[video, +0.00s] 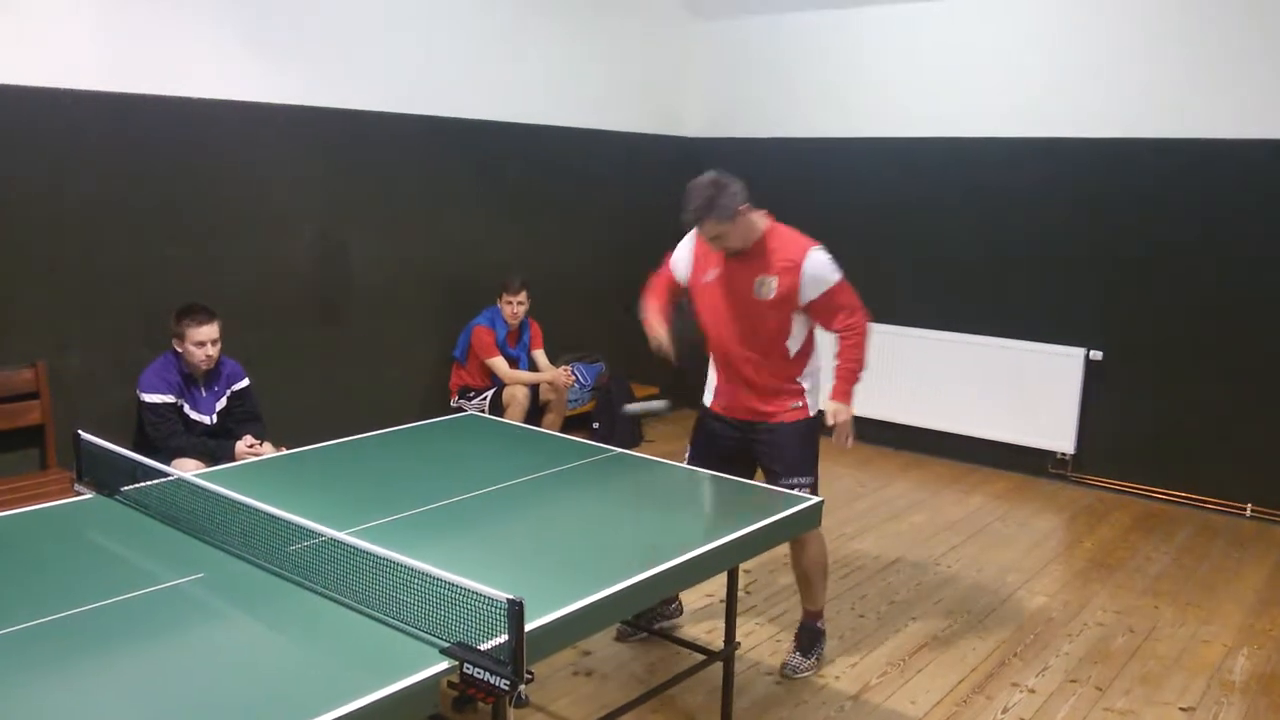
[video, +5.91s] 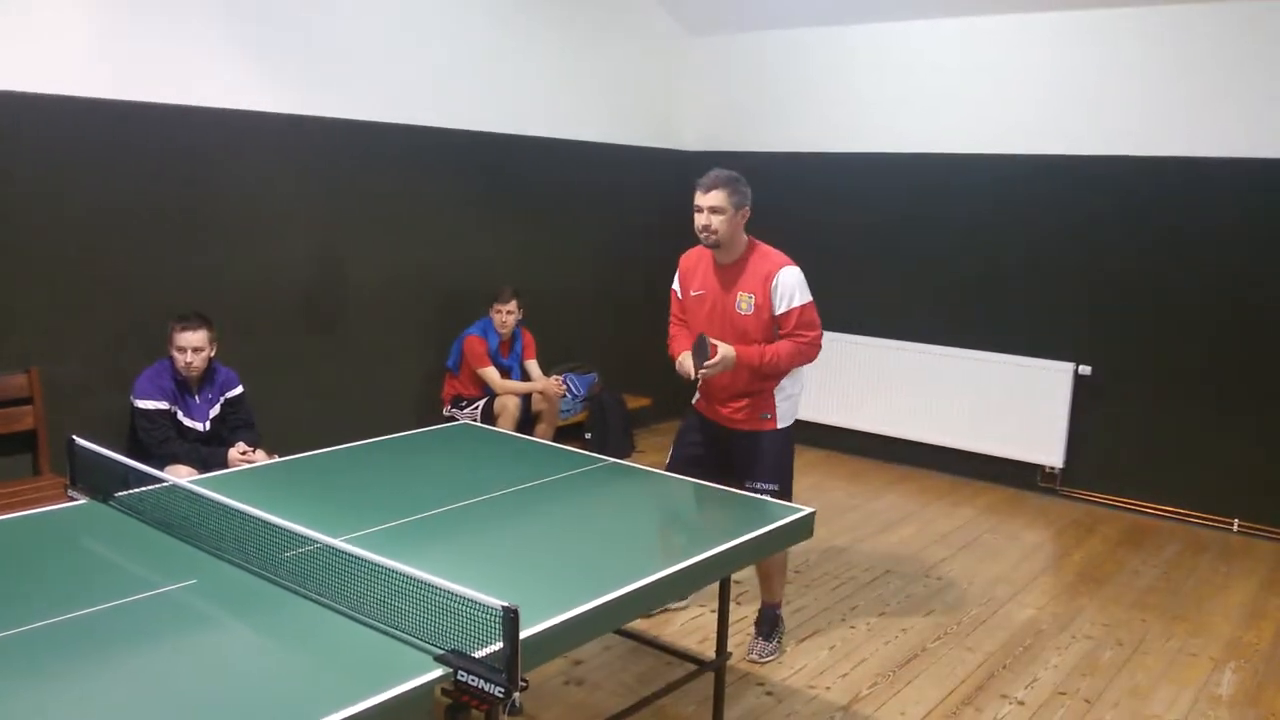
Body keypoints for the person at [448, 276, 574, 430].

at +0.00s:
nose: (515, 310)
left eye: (520, 304)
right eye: (509, 304)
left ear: (528, 305)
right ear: (499, 303)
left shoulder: (531, 328)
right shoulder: (482, 329)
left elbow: (544, 365)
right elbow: (506, 376)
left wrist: (559, 376)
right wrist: (552, 377)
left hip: (504, 391)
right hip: (468, 397)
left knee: (557, 390)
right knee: (520, 394)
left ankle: (545, 453)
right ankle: (505, 452)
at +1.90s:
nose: (506, 311)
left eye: (511, 305)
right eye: (500, 304)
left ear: (520, 306)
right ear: (491, 305)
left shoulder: (524, 328)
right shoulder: (475, 331)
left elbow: (538, 368)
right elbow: (500, 378)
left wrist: (553, 378)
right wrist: (545, 379)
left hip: (498, 391)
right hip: (462, 398)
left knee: (552, 392)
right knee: (513, 396)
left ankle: (540, 455)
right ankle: (501, 455)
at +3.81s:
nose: (509, 313)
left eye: (516, 307)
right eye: (504, 306)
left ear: (526, 308)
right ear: (497, 306)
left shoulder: (530, 330)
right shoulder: (481, 331)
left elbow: (545, 369)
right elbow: (506, 378)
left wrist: (559, 378)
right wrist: (549, 379)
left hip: (504, 390)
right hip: (469, 397)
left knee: (557, 393)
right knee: (518, 395)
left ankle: (543, 454)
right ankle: (505, 452)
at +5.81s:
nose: (503, 319)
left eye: (509, 314)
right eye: (498, 313)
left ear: (519, 315)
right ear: (491, 313)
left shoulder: (523, 338)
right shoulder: (474, 339)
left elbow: (538, 378)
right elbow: (498, 387)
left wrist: (552, 386)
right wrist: (543, 386)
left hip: (496, 400)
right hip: (460, 407)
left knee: (550, 401)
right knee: (511, 403)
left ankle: (535, 461)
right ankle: (498, 460)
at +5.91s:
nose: (503, 319)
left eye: (510, 313)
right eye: (498, 312)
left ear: (519, 315)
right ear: (491, 313)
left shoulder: (523, 337)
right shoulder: (474, 339)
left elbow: (537, 377)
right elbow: (498, 387)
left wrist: (552, 386)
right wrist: (543, 386)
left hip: (497, 399)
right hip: (461, 405)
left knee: (550, 400)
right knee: (511, 403)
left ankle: (537, 462)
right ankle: (501, 461)